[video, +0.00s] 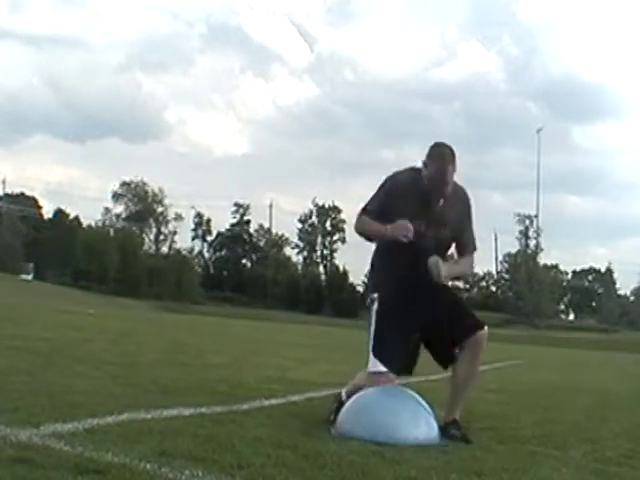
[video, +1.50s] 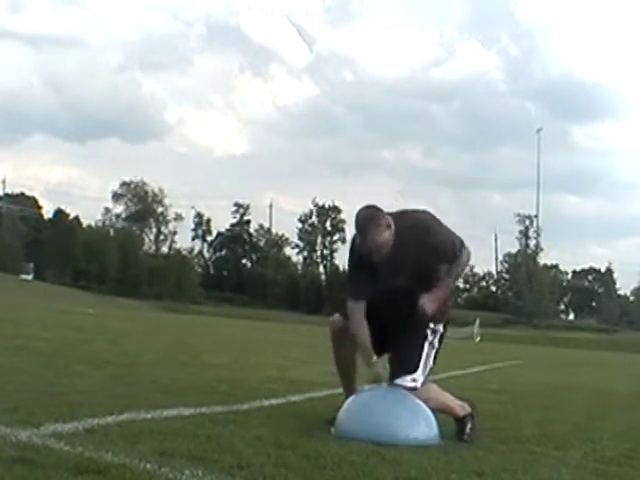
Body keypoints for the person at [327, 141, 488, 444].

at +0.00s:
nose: (440, 190)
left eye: (445, 184)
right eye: (435, 183)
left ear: (454, 175)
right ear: (423, 171)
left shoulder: (458, 199)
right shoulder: (400, 183)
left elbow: (467, 261)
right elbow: (361, 223)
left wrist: (448, 269)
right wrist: (387, 230)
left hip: (430, 285)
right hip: (391, 284)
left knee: (475, 337)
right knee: (386, 375)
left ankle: (451, 419)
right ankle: (346, 397)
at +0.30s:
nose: (419, 102)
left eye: (424, 95)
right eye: (414, 96)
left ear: (436, 91)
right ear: (405, 92)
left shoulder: (449, 121)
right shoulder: (389, 118)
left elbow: (467, 179)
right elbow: (362, 165)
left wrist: (445, 134)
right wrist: (387, 127)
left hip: (433, 242)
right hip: (391, 240)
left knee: (447, 330)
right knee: (370, 329)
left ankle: (461, 415)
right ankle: (359, 405)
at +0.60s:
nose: (412, 93)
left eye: (416, 85)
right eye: (406, 88)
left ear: (429, 80)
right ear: (399, 86)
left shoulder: (450, 112)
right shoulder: (390, 113)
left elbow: (465, 165)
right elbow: (363, 159)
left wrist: (439, 120)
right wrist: (382, 119)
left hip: (432, 239)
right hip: (389, 237)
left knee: (442, 334)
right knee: (373, 327)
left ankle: (456, 417)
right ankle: (360, 408)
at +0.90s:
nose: (384, 125)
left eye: (387, 117)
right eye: (379, 119)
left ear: (403, 106)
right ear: (375, 112)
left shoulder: (428, 137)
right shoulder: (386, 135)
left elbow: (450, 195)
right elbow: (383, 175)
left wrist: (415, 208)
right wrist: (365, 163)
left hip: (424, 253)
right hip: (391, 249)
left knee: (421, 344)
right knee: (356, 325)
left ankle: (463, 415)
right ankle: (355, 404)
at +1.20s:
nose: (357, 240)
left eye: (361, 235)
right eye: (354, 234)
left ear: (378, 218)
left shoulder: (401, 242)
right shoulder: (383, 197)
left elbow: (412, 313)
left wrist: (392, 374)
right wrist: (352, 241)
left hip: (419, 309)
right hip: (385, 297)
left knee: (398, 388)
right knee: (340, 324)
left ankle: (458, 410)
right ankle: (351, 401)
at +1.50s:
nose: (377, 255)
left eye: (380, 248)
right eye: (370, 250)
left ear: (390, 226)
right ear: (360, 239)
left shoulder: (422, 226)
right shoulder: (360, 248)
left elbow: (462, 255)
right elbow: (355, 308)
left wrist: (438, 295)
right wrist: (371, 359)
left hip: (421, 308)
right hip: (384, 309)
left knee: (407, 389)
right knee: (340, 330)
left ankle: (463, 411)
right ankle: (351, 404)